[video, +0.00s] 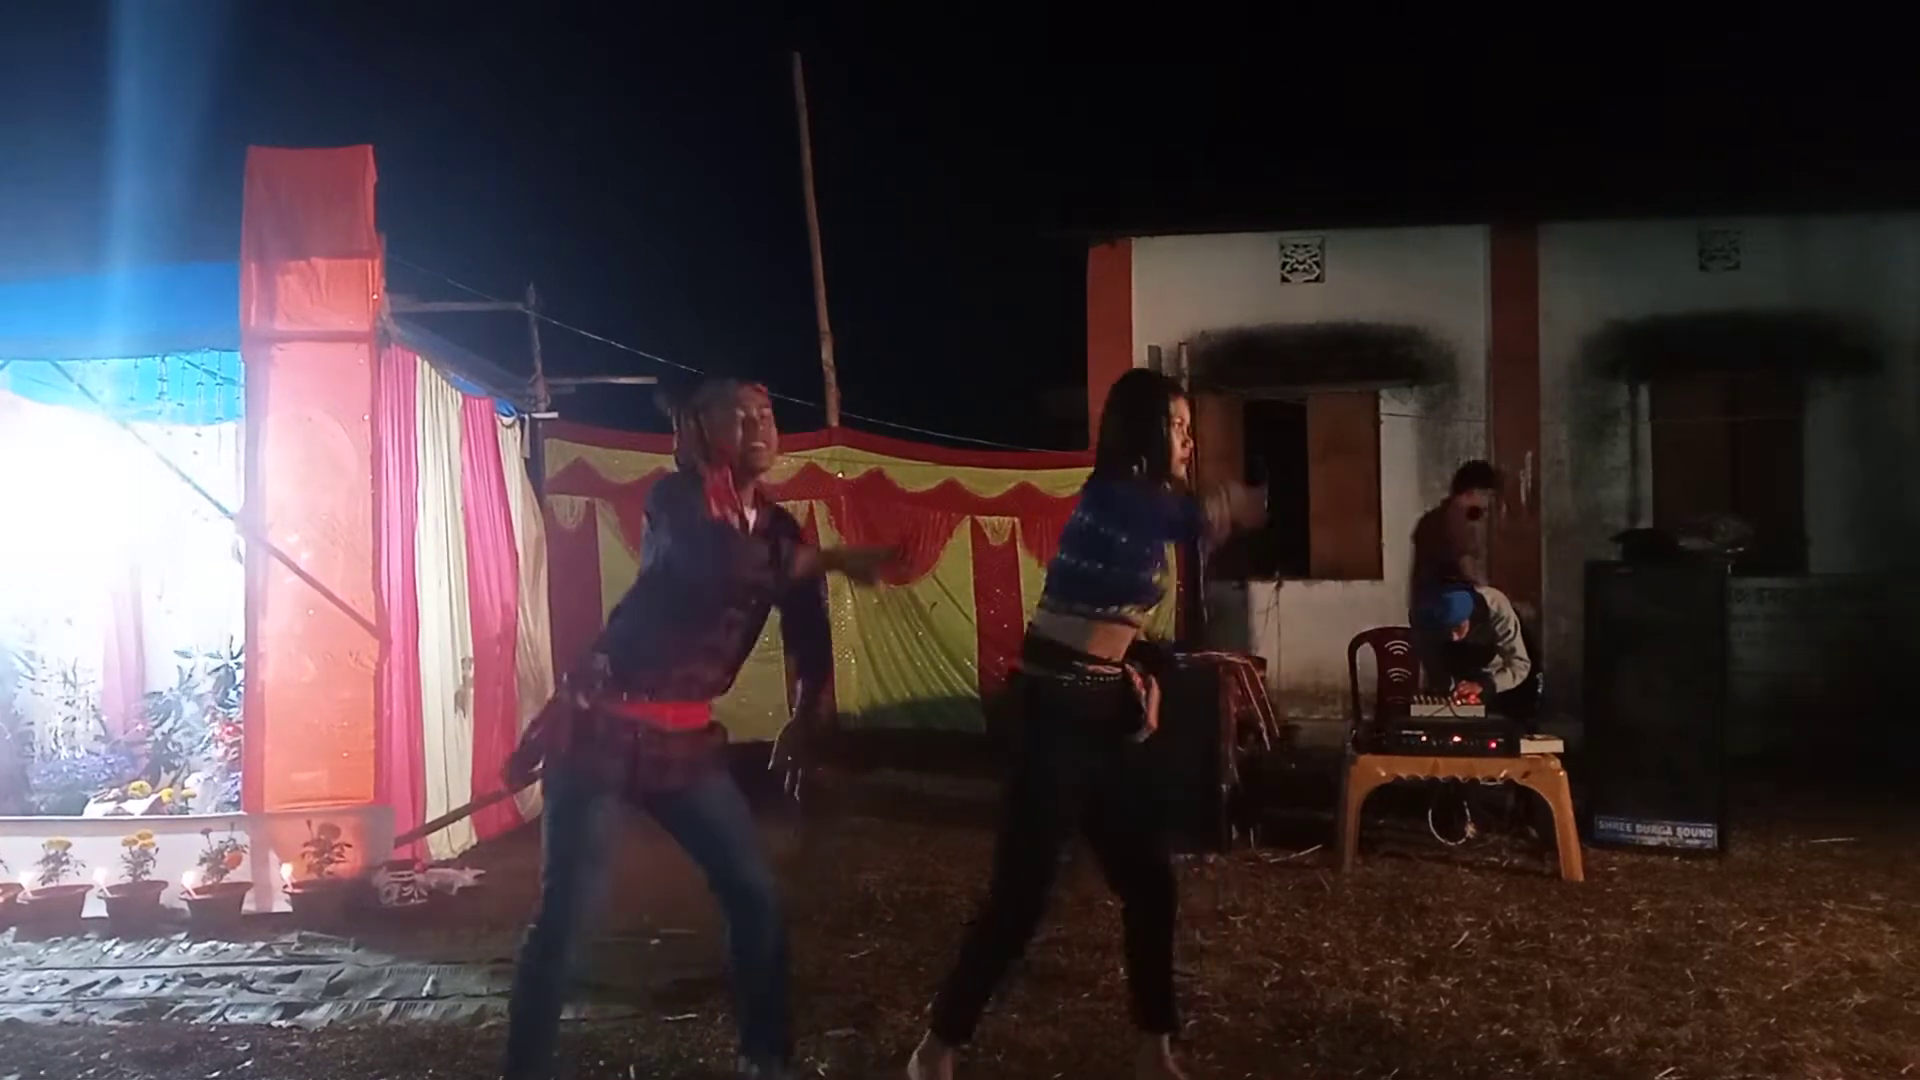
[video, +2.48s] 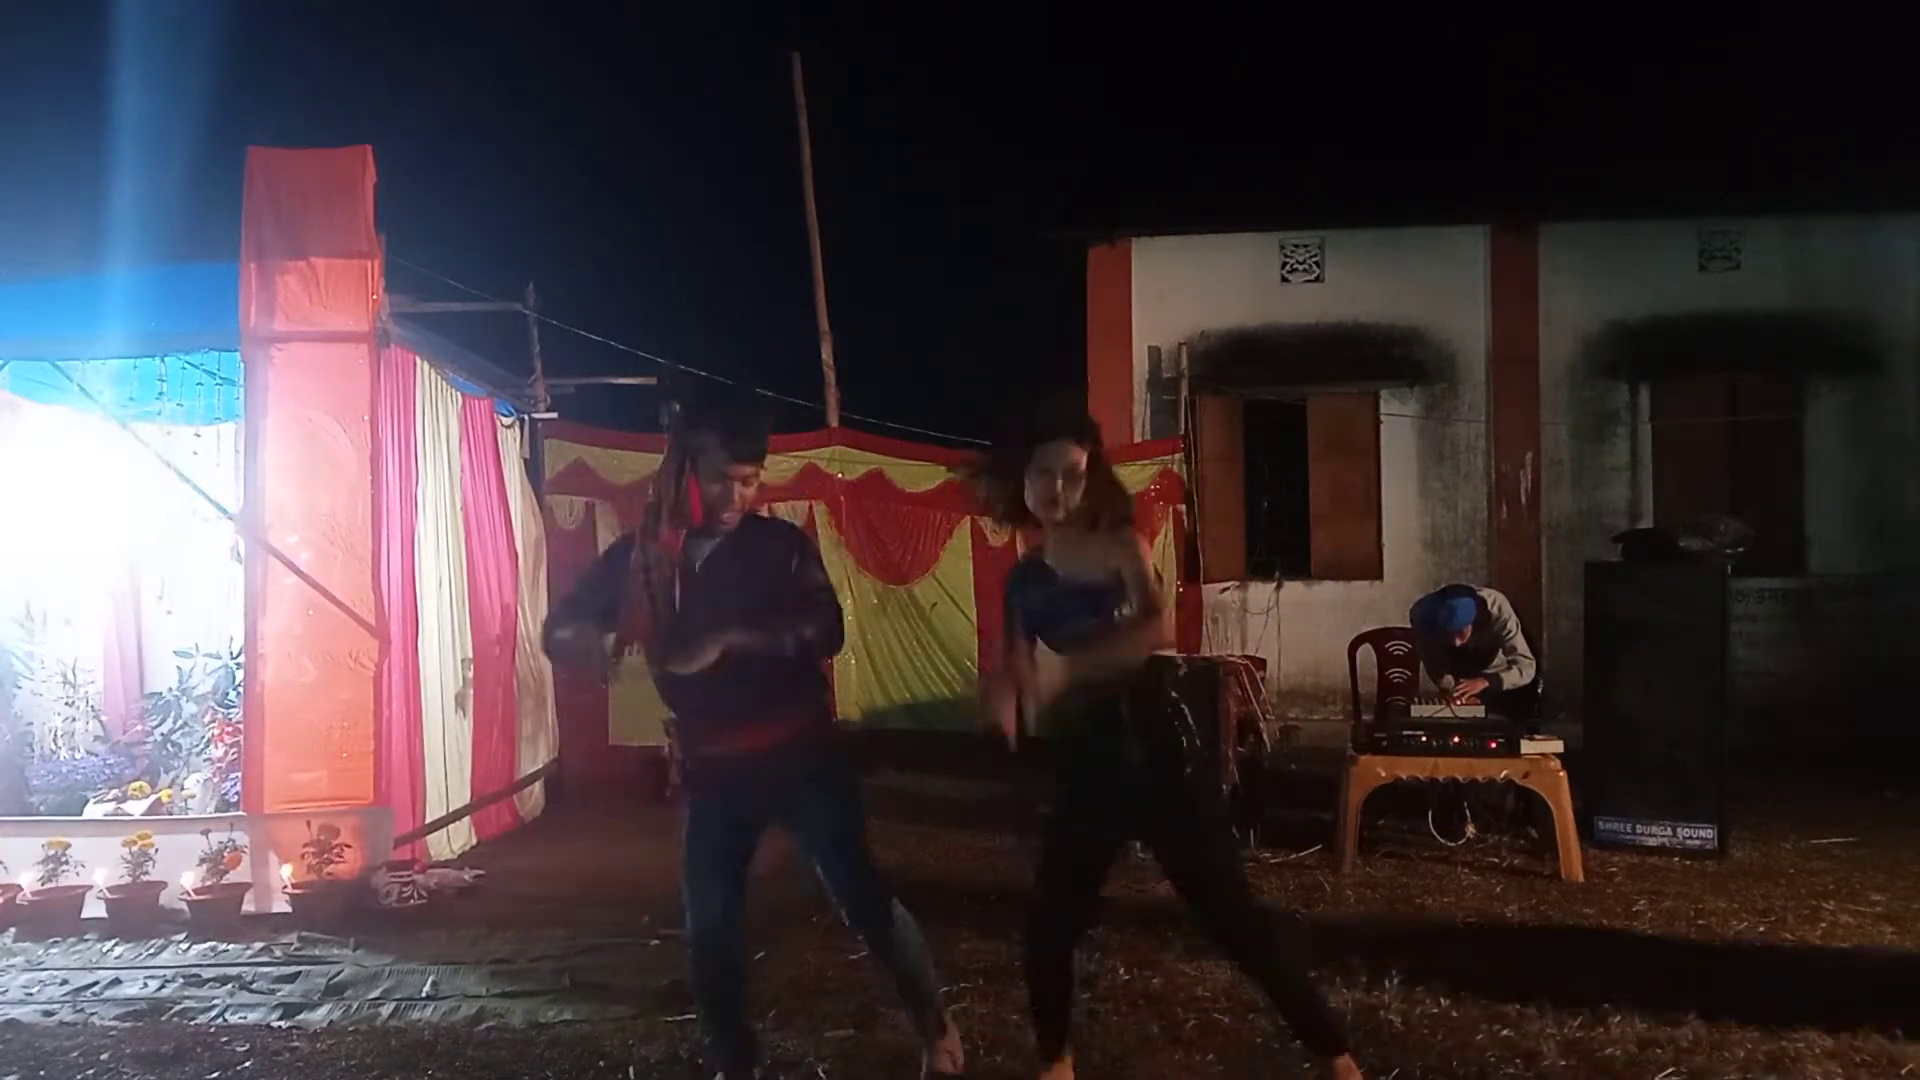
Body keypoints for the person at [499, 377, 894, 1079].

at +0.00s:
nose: (762, 429)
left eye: (767, 415)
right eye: (741, 416)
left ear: (778, 433)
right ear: (695, 432)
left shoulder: (781, 531)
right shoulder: (675, 496)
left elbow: (808, 642)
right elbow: (704, 564)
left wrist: (809, 735)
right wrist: (836, 560)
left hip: (684, 739)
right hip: (597, 732)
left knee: (756, 899)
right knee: (569, 915)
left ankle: (766, 1063)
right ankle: (528, 1067)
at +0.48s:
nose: (759, 414)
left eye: (772, 405)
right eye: (745, 398)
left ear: (780, 417)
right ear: (708, 400)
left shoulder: (804, 487)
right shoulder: (662, 491)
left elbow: (842, 600)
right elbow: (620, 609)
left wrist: (788, 681)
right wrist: (602, 533)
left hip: (796, 701)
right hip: (701, 706)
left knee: (829, 864)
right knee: (686, 879)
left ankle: (871, 1024)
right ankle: (688, 1042)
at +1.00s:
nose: (779, 455)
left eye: (790, 443)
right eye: (766, 440)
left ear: (798, 446)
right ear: (729, 437)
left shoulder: (822, 516)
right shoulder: (680, 520)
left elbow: (882, 604)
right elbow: (610, 601)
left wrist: (875, 688)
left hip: (838, 729)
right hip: (749, 741)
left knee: (896, 884)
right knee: (720, 908)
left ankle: (949, 1028)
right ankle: (703, 1059)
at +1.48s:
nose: (717, 436)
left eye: (741, 424)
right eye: (713, 423)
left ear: (771, 439)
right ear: (703, 428)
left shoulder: (790, 520)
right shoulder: (671, 500)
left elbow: (855, 613)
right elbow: (662, 586)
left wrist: (803, 546)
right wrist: (742, 549)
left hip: (738, 740)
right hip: (655, 737)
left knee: (765, 903)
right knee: (630, 903)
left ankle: (766, 1059)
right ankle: (569, 1058)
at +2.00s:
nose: (745, 479)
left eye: (753, 464)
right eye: (726, 462)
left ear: (763, 476)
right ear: (685, 472)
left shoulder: (767, 566)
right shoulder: (643, 569)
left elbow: (796, 659)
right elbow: (633, 694)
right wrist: (740, 691)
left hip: (714, 781)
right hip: (630, 780)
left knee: (771, 918)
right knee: (598, 943)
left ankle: (780, 1062)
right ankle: (536, 1066)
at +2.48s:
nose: (735, 496)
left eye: (748, 480)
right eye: (720, 479)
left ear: (760, 474)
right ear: (687, 471)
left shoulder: (783, 545)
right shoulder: (644, 553)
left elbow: (828, 631)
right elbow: (560, 628)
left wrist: (727, 638)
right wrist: (591, 646)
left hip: (803, 760)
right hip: (716, 773)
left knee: (864, 903)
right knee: (707, 928)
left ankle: (938, 1029)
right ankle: (732, 1064)